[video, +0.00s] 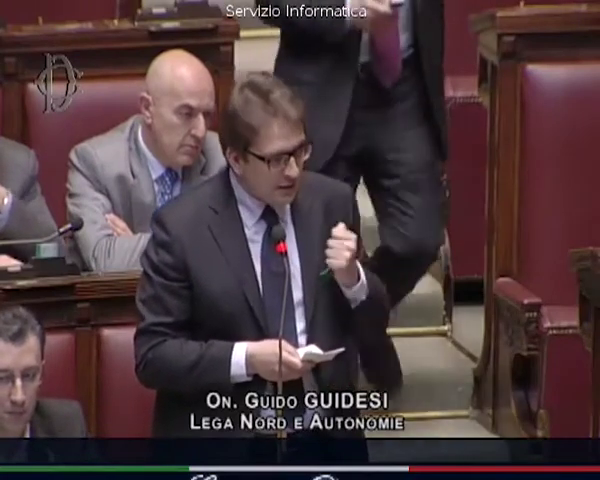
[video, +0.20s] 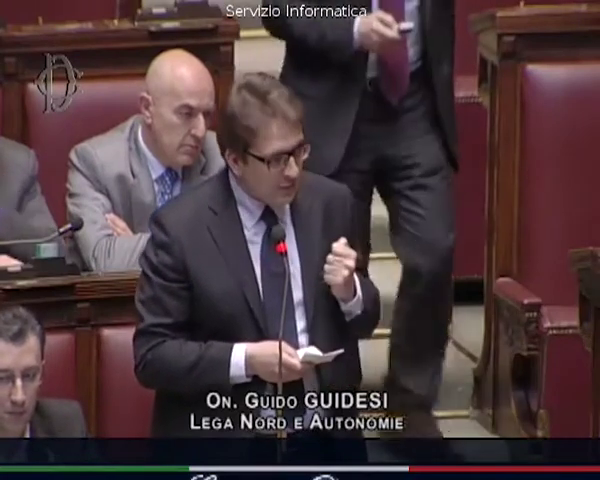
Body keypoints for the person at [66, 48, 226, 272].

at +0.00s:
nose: (200, 131)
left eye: (207, 115)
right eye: (186, 114)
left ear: (212, 111)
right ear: (147, 108)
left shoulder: (216, 153)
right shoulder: (92, 161)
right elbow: (105, 260)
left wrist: (137, 247)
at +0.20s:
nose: (200, 131)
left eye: (207, 115)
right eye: (187, 114)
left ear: (212, 110)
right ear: (147, 108)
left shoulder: (216, 153)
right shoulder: (92, 161)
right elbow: (105, 260)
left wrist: (137, 246)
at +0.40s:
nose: (200, 130)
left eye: (207, 114)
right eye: (187, 113)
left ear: (212, 110)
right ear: (147, 108)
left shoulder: (214, 152)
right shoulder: (92, 160)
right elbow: (105, 260)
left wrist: (137, 247)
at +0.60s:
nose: (200, 130)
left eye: (206, 114)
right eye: (186, 113)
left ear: (211, 108)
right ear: (146, 108)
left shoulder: (209, 152)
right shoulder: (92, 160)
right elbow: (105, 260)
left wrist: (137, 247)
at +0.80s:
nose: (200, 131)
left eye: (206, 114)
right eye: (186, 113)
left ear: (211, 109)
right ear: (147, 108)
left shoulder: (211, 153)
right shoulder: (92, 160)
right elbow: (105, 260)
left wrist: (137, 247)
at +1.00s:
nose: (199, 131)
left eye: (206, 114)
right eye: (186, 113)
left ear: (212, 110)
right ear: (147, 108)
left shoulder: (215, 155)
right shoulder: (92, 160)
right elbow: (105, 260)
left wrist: (137, 246)